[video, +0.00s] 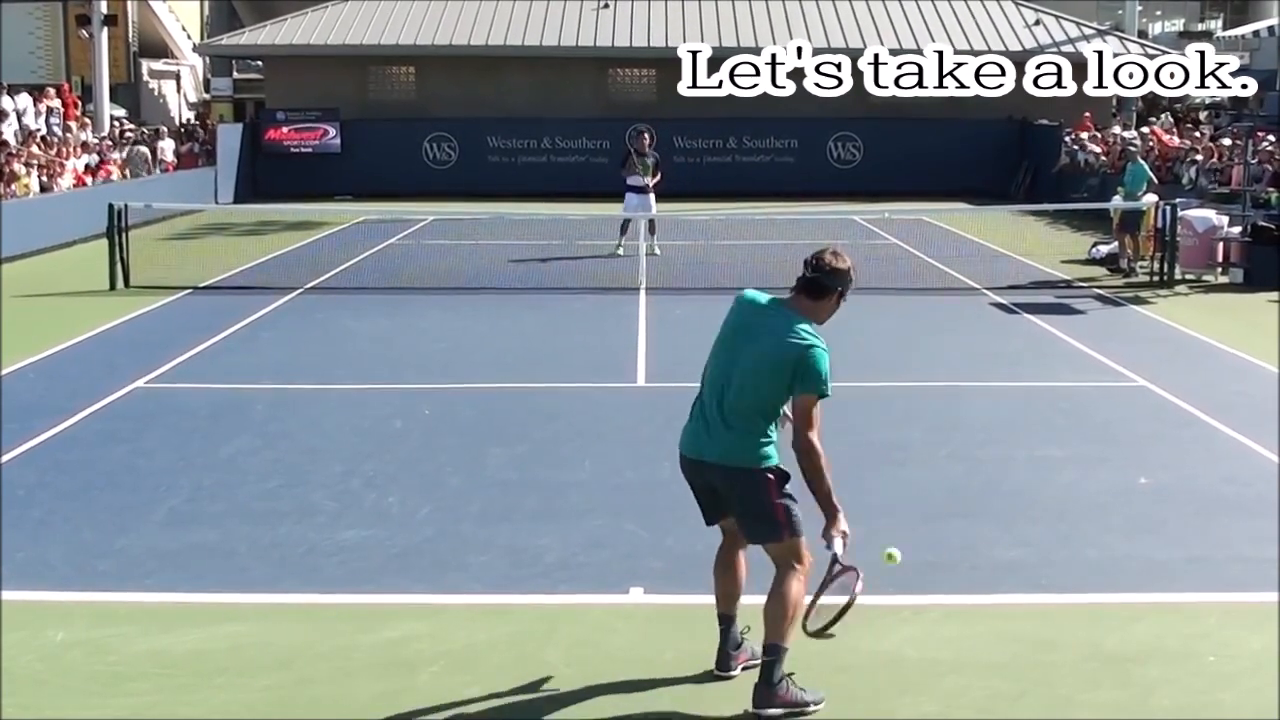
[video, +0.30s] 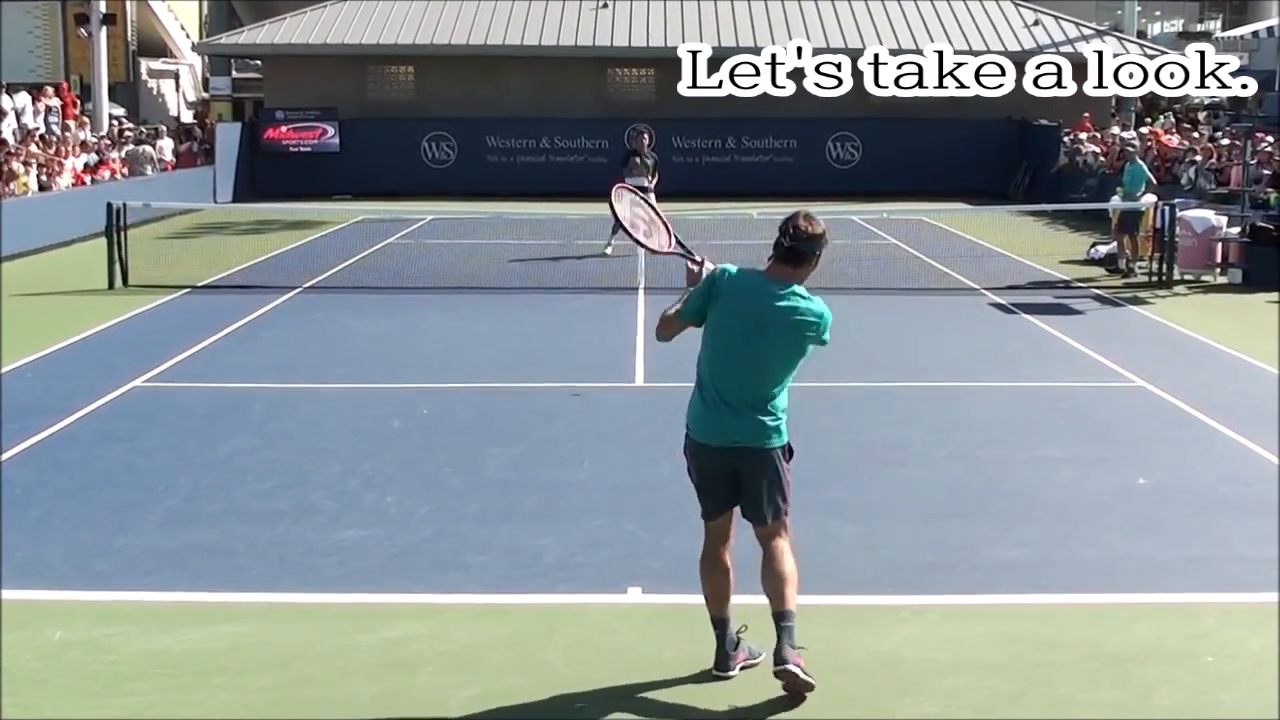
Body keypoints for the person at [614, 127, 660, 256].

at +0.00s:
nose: (644, 141)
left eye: (646, 138)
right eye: (641, 139)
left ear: (649, 141)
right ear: (636, 141)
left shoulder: (654, 156)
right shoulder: (631, 155)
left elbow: (658, 173)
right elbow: (623, 173)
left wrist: (651, 182)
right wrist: (633, 171)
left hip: (647, 189)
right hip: (632, 189)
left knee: (651, 217)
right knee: (628, 217)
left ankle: (653, 244)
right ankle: (620, 244)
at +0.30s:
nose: (643, 141)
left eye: (645, 139)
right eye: (641, 139)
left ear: (648, 142)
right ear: (635, 141)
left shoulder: (653, 157)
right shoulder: (629, 155)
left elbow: (655, 173)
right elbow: (625, 172)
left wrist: (652, 183)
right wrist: (635, 173)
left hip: (646, 187)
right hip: (632, 187)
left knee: (652, 214)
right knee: (621, 215)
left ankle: (650, 240)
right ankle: (610, 242)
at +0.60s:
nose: (629, 147)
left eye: (631, 144)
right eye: (627, 144)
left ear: (633, 147)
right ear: (621, 146)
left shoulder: (635, 163)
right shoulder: (613, 160)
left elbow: (648, 176)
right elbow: (603, 173)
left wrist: (665, 171)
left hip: (628, 196)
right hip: (613, 196)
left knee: (637, 221)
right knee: (613, 220)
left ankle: (652, 246)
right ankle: (597, 246)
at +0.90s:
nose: (619, 142)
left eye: (621, 139)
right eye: (617, 138)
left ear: (623, 141)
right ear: (611, 138)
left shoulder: (623, 157)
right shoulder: (599, 152)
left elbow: (622, 171)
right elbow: (588, 163)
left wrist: (621, 180)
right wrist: (588, 172)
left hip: (616, 187)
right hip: (601, 187)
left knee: (623, 215)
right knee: (601, 216)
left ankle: (632, 242)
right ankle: (595, 244)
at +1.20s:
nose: (617, 139)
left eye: (619, 136)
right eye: (615, 135)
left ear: (622, 138)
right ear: (609, 136)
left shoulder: (626, 153)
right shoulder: (599, 149)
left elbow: (625, 168)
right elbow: (589, 158)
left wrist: (619, 178)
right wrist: (591, 168)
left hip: (616, 184)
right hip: (601, 183)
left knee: (625, 213)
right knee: (598, 214)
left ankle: (630, 237)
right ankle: (594, 242)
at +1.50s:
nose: (625, 135)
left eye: (627, 132)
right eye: (623, 132)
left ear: (629, 134)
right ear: (618, 134)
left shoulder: (634, 150)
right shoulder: (610, 149)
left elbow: (638, 168)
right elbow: (604, 165)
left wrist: (629, 177)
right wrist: (612, 168)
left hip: (628, 184)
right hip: (612, 184)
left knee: (631, 211)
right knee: (605, 210)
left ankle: (632, 236)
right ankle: (595, 236)